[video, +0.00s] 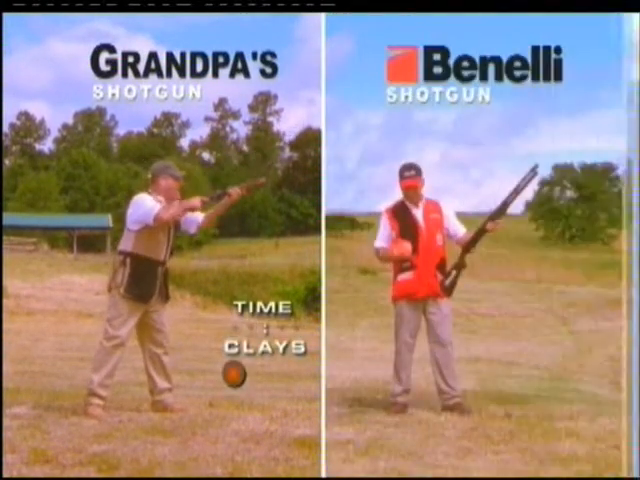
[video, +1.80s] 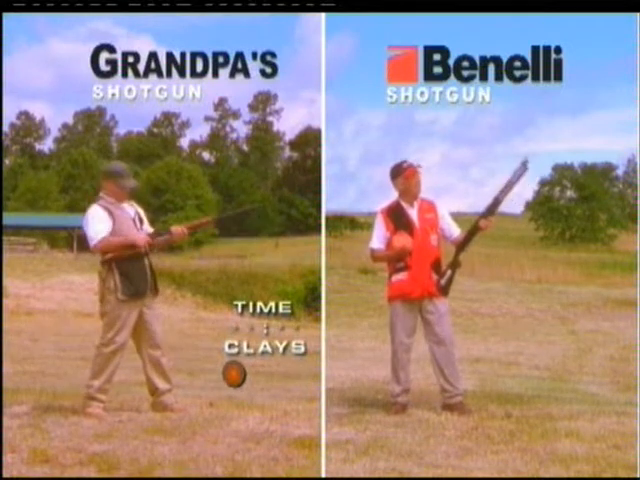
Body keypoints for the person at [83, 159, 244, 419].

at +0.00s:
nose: (178, 191)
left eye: (179, 186)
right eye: (174, 185)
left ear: (174, 187)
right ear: (158, 183)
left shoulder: (171, 209)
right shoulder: (141, 201)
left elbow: (201, 222)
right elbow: (164, 217)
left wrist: (226, 202)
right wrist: (187, 204)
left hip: (156, 274)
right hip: (131, 271)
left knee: (157, 341)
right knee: (115, 337)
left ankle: (161, 397)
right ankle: (96, 397)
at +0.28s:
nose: (176, 197)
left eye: (178, 192)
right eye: (174, 190)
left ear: (170, 191)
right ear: (159, 185)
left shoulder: (168, 215)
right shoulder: (135, 205)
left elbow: (186, 243)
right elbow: (140, 233)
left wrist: (216, 232)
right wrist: (176, 232)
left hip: (151, 276)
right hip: (126, 273)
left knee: (155, 342)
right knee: (113, 340)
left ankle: (161, 397)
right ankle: (95, 399)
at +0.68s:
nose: (159, 199)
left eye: (160, 195)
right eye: (157, 193)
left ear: (155, 192)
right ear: (144, 188)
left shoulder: (155, 216)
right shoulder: (119, 209)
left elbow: (160, 251)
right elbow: (128, 243)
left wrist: (184, 254)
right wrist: (165, 244)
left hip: (144, 275)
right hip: (118, 274)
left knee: (152, 342)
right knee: (113, 341)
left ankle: (161, 397)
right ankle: (94, 399)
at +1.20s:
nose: (126, 182)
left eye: (125, 178)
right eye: (121, 178)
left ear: (118, 182)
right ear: (105, 184)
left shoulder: (130, 205)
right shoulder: (105, 211)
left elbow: (143, 238)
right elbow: (127, 240)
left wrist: (171, 243)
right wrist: (161, 238)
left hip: (144, 276)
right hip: (120, 280)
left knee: (154, 343)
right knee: (113, 342)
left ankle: (162, 397)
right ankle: (94, 400)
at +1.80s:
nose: (127, 191)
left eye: (129, 187)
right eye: (123, 187)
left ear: (128, 186)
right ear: (108, 185)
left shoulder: (134, 209)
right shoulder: (96, 212)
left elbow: (146, 241)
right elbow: (99, 244)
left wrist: (170, 237)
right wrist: (132, 241)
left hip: (143, 279)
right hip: (117, 282)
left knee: (152, 344)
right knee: (112, 343)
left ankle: (162, 397)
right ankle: (95, 400)